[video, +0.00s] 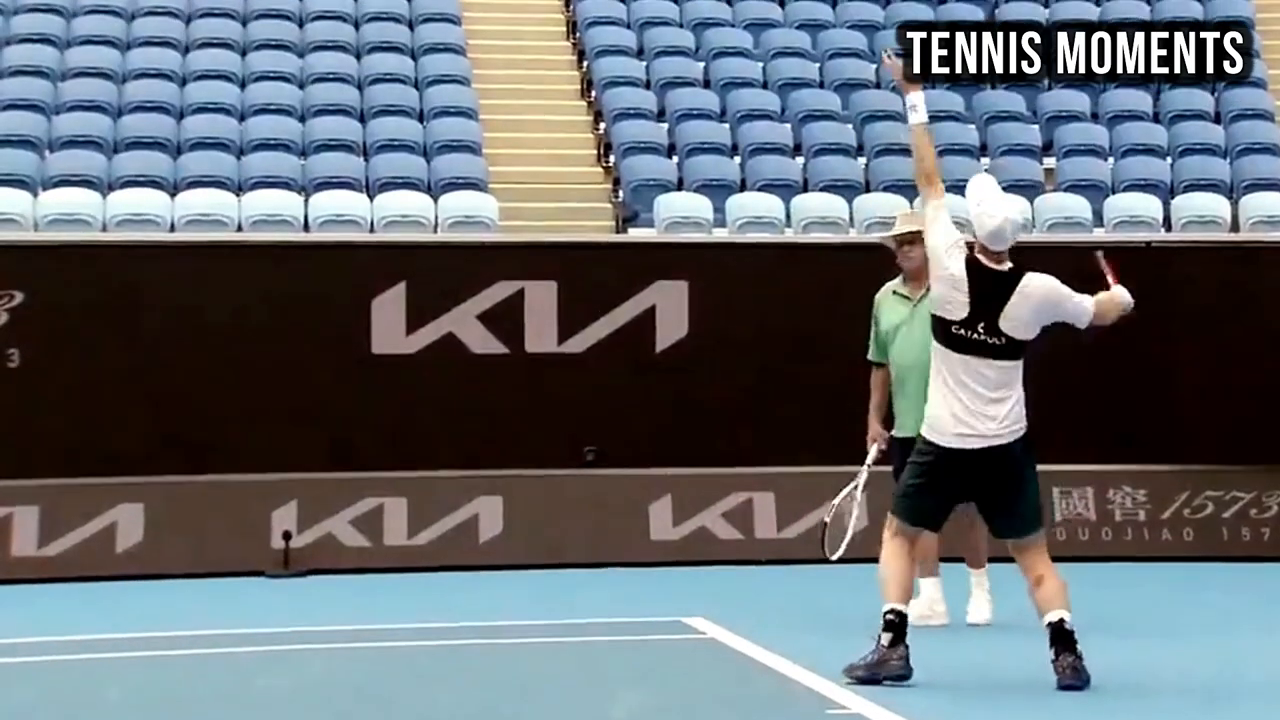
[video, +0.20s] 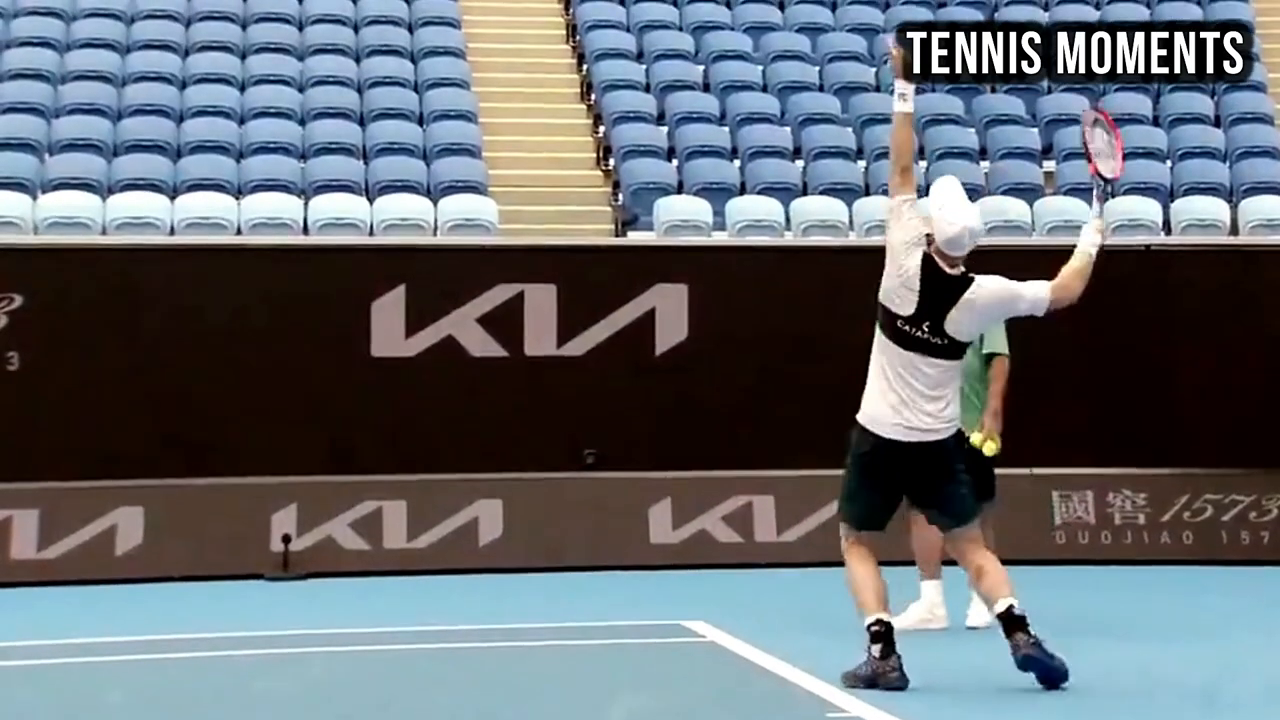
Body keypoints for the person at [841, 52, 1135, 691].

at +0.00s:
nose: (963, 222)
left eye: (967, 219)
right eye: (986, 218)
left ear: (971, 234)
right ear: (1015, 237)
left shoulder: (947, 266)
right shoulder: (1039, 291)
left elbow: (929, 181)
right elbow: (1103, 311)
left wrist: (912, 96)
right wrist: (1119, 291)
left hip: (943, 442)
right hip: (1006, 444)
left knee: (898, 534)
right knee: (1034, 556)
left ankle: (892, 647)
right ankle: (1066, 653)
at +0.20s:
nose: (930, 213)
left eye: (931, 213)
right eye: (947, 212)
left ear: (930, 234)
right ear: (972, 242)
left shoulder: (905, 253)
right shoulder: (986, 294)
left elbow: (901, 165)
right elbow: (1065, 292)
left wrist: (903, 88)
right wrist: (1093, 235)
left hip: (879, 436)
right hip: (940, 440)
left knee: (857, 540)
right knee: (972, 545)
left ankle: (882, 654)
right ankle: (1020, 636)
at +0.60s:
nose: (867, 206)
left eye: (871, 204)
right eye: (885, 207)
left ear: (868, 214)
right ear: (911, 227)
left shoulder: (829, 242)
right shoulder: (918, 274)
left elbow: (750, 257)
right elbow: (997, 272)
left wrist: (674, 242)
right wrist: (993, 229)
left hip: (810, 409)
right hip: (859, 417)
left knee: (810, 529)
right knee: (844, 522)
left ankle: (860, 639)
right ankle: (908, 609)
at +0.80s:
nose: (759, 165)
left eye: (767, 161)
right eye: (763, 158)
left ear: (787, 180)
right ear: (786, 179)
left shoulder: (801, 254)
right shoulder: (787, 203)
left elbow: (791, 335)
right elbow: (746, 123)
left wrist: (735, 315)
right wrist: (719, 53)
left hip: (840, 375)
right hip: (860, 362)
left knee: (814, 500)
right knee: (868, 479)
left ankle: (829, 625)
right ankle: (881, 601)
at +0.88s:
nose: (733, 188)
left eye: (742, 182)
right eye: (735, 181)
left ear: (771, 194)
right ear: (760, 194)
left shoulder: (800, 260)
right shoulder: (756, 225)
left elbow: (827, 342)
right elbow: (689, 196)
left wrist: (766, 367)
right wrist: (619, 187)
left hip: (843, 382)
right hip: (839, 371)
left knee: (807, 511)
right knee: (866, 483)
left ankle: (825, 643)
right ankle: (908, 595)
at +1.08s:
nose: (664, 258)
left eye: (673, 248)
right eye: (663, 249)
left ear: (703, 250)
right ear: (688, 255)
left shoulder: (761, 297)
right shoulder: (695, 313)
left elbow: (835, 333)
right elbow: (704, 396)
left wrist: (906, 373)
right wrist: (708, 463)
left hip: (816, 427)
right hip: (784, 432)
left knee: (769, 548)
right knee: (827, 540)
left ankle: (830, 653)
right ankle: (922, 553)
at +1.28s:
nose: (601, 223)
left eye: (610, 214)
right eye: (601, 215)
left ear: (639, 219)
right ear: (625, 222)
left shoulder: (696, 259)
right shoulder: (638, 289)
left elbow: (773, 280)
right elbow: (671, 363)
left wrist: (851, 307)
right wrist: (691, 422)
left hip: (766, 407)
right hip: (714, 416)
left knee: (776, 530)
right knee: (696, 523)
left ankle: (824, 638)